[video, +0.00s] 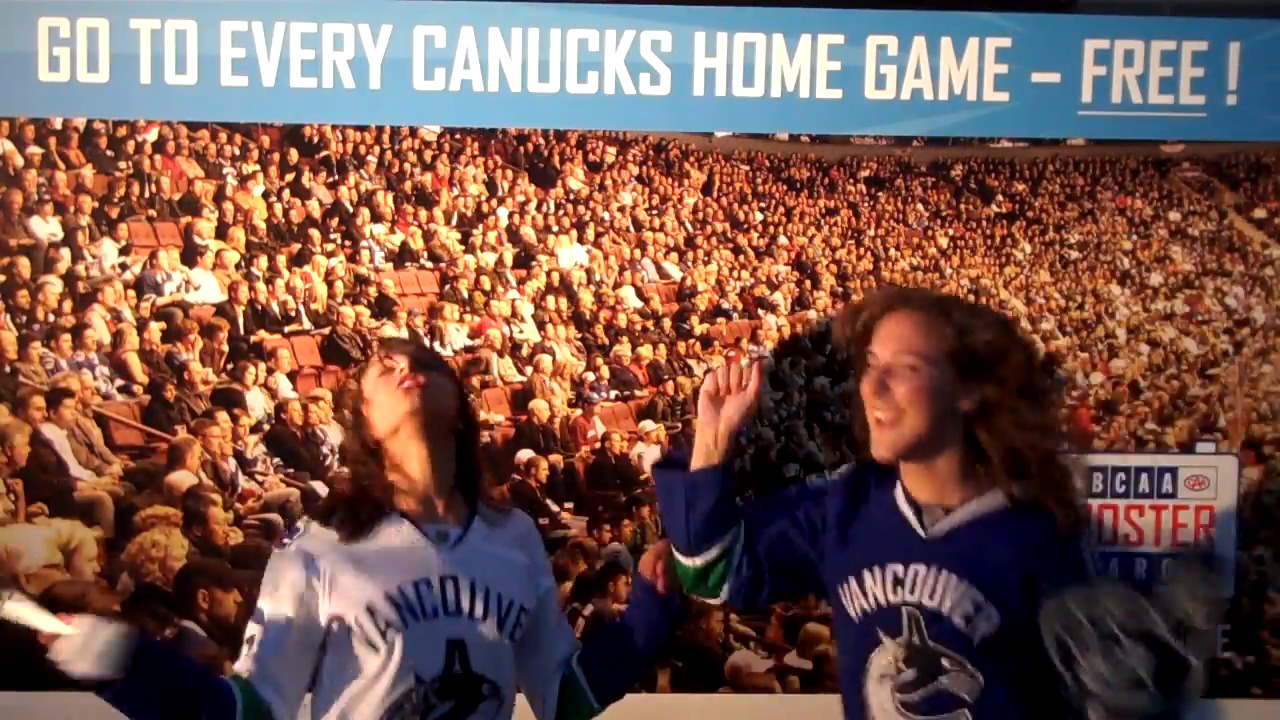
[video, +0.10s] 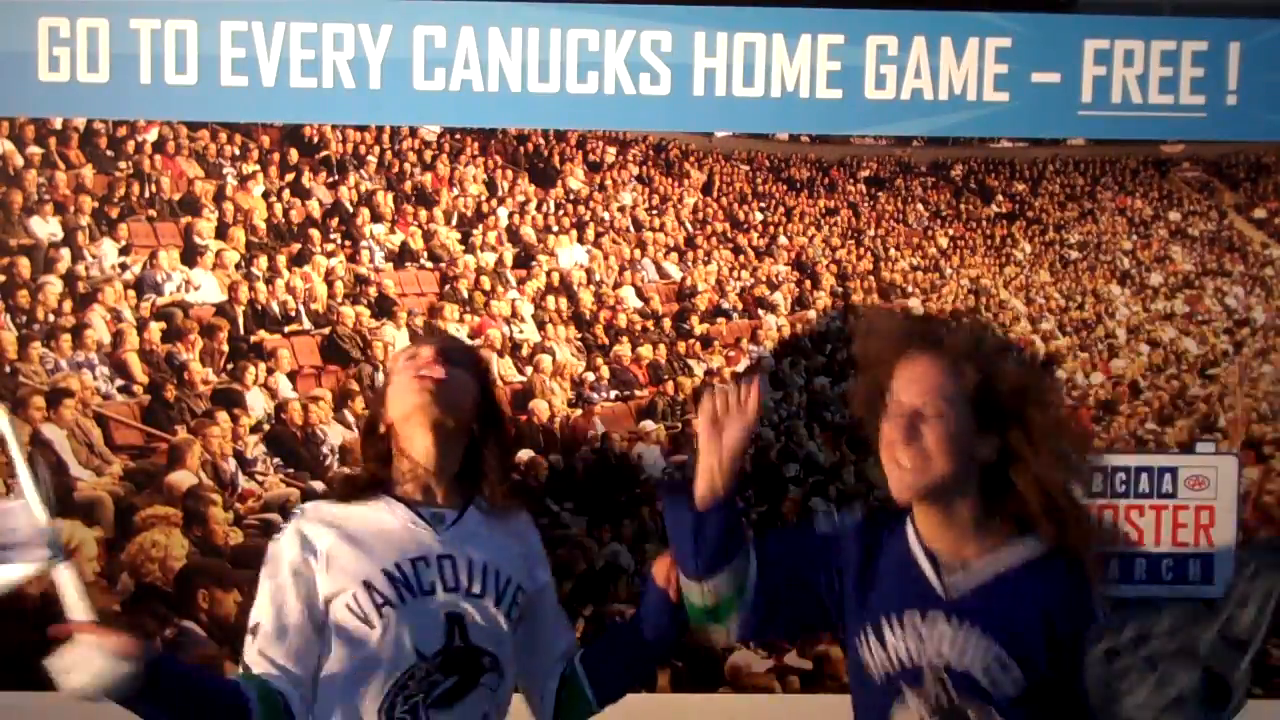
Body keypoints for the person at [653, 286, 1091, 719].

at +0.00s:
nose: (872, 386)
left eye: (903, 368)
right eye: (870, 367)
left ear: (968, 389)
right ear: (861, 380)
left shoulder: (1036, 533)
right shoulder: (843, 508)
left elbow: (1087, 679)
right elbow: (713, 572)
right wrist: (711, 436)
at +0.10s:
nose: (896, 435)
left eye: (925, 417)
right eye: (891, 413)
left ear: (987, 439)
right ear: (876, 422)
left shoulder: (1061, 586)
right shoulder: (860, 553)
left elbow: (1094, 706)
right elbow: (722, 604)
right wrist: (713, 475)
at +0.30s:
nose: (937, 388)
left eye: (959, 370)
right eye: (918, 379)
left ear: (1008, 397)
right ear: (900, 414)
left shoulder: (1096, 533)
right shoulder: (877, 542)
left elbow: (1211, 640)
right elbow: (833, 680)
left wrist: (1227, 510)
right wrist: (730, 627)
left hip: (1051, 713)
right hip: (913, 716)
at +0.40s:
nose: (962, 422)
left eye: (976, 398)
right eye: (939, 413)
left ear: (1023, 411)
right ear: (924, 453)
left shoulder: (1118, 540)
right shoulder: (908, 578)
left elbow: (1255, 505)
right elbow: (872, 703)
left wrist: (1193, 400)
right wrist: (748, 677)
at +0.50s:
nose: (958, 454)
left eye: (979, 431)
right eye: (942, 446)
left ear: (1037, 446)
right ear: (934, 478)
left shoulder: (1123, 570)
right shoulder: (923, 596)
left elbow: (1230, 504)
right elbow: (858, 710)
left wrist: (1135, 383)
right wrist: (774, 646)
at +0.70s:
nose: (921, 395)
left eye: (949, 376)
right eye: (918, 379)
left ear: (1014, 409)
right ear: (910, 401)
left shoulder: (1087, 540)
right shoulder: (889, 520)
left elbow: (1149, 686)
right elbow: (748, 532)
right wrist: (746, 403)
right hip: (924, 712)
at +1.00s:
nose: (896, 392)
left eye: (924, 376)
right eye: (898, 377)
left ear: (989, 403)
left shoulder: (1086, 541)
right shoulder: (901, 537)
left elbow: (1175, 674)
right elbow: (830, 669)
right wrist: (777, 556)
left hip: (1057, 710)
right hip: (934, 709)